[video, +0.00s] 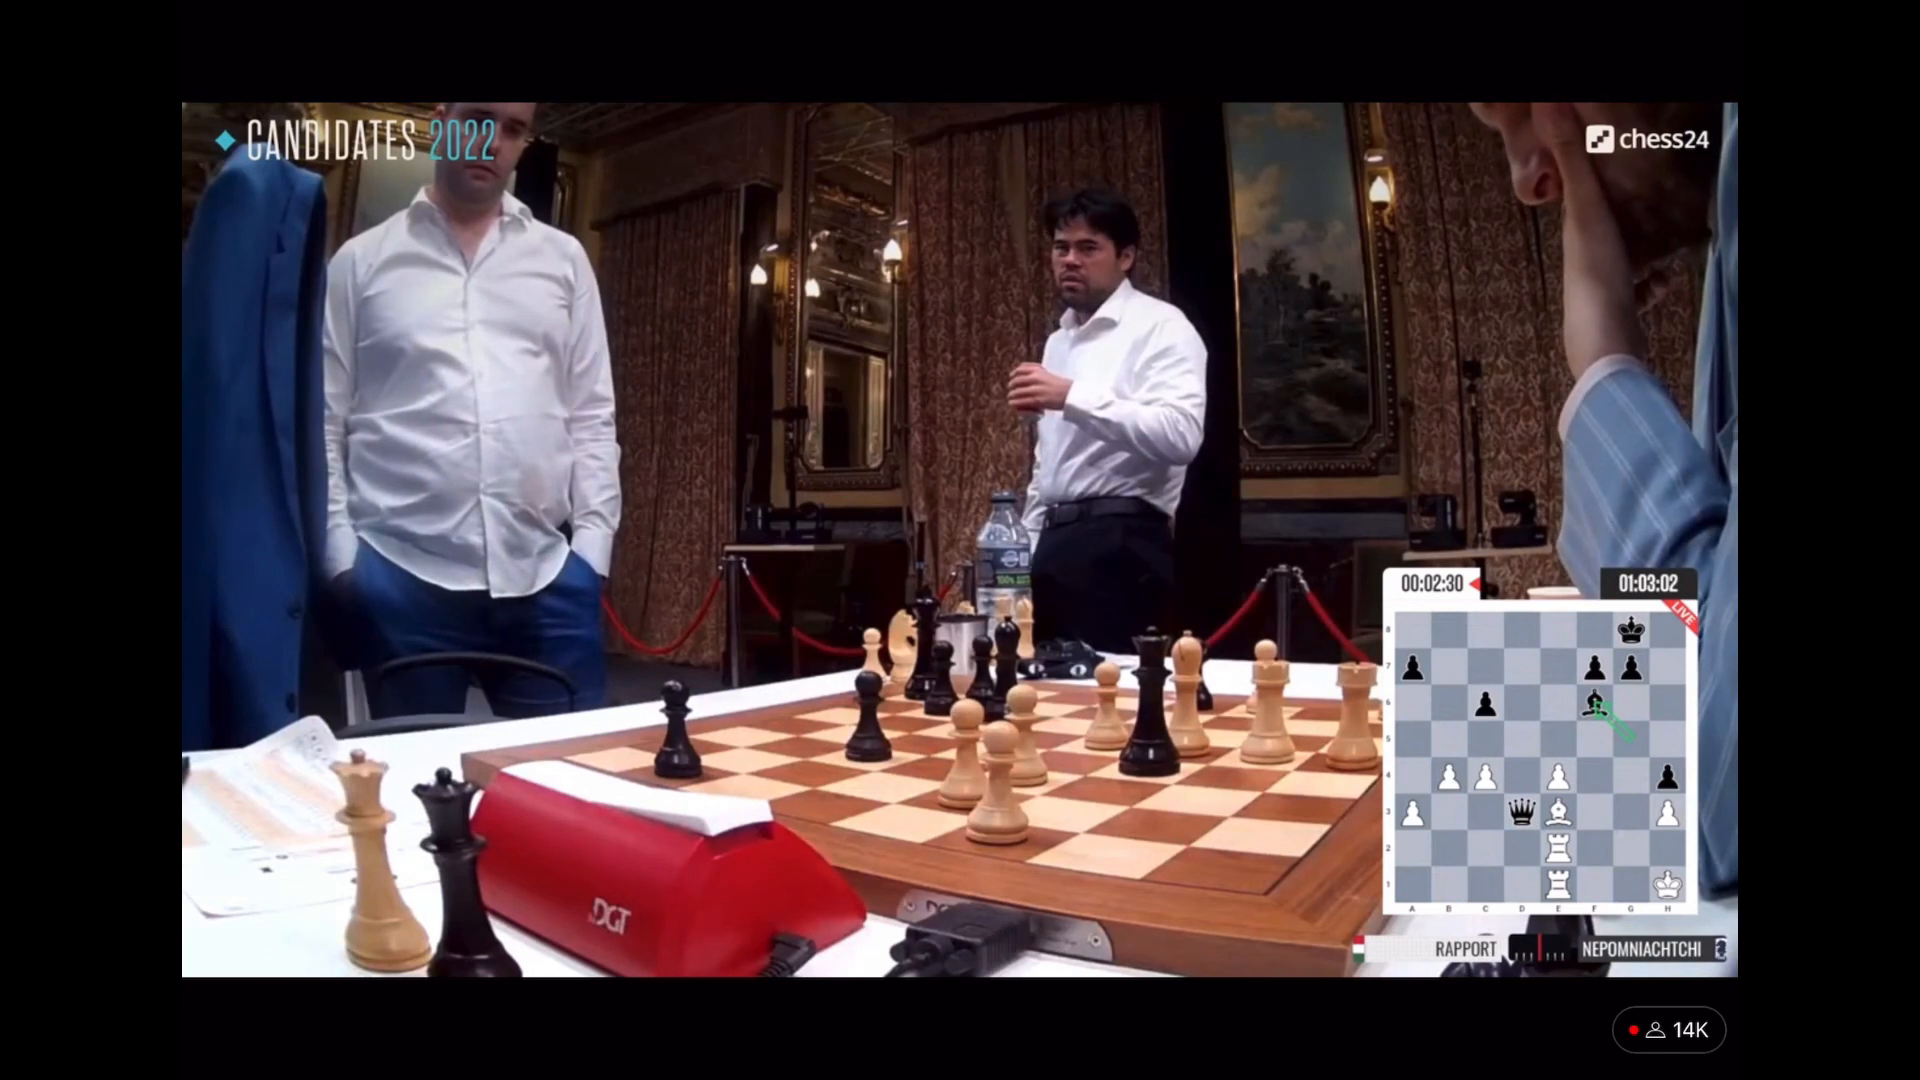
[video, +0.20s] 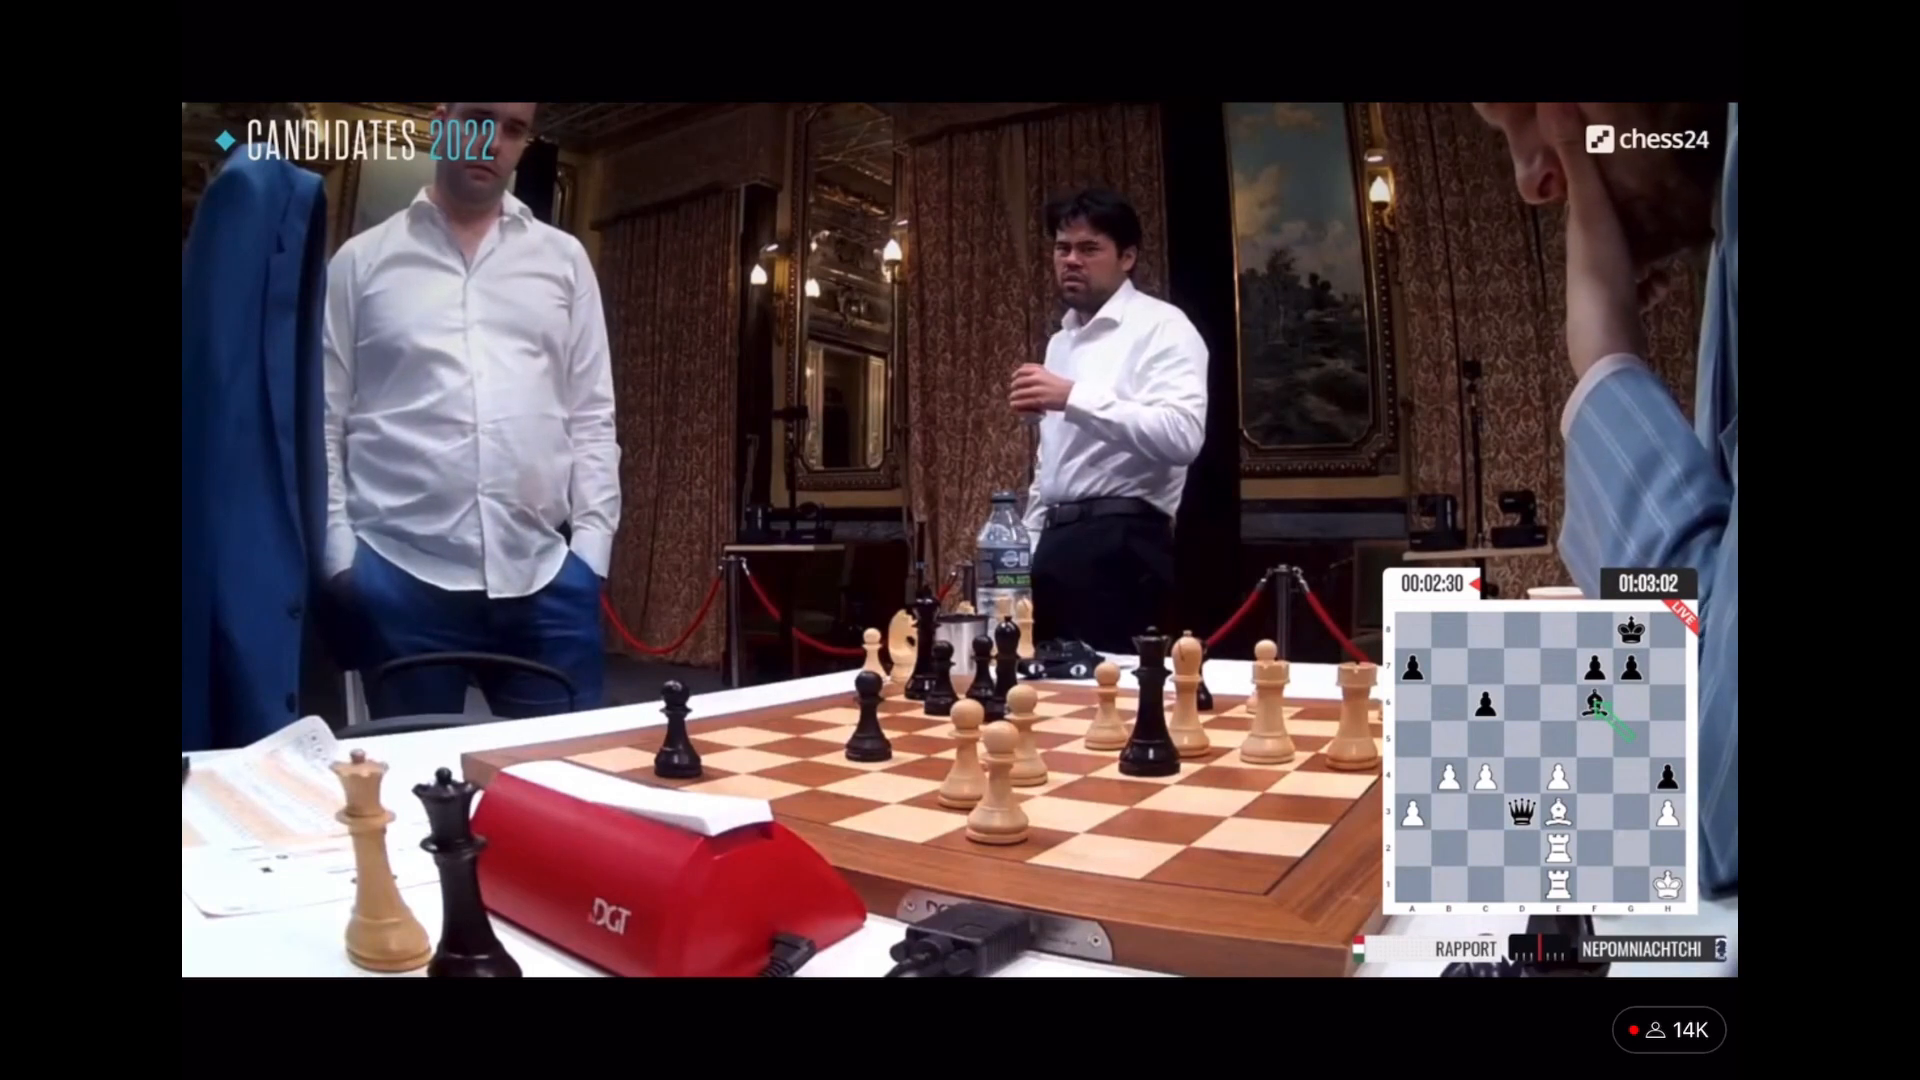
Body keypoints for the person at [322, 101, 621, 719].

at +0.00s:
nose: (489, 144)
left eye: (511, 130)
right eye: (475, 120)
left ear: (528, 144)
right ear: (439, 120)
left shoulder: (563, 259)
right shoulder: (360, 263)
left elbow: (592, 416)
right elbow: (325, 420)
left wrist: (590, 550)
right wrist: (343, 562)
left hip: (549, 584)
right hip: (403, 586)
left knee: (575, 787)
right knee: (417, 792)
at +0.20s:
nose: (489, 144)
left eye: (512, 130)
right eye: (476, 120)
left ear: (528, 144)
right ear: (440, 120)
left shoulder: (564, 259)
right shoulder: (360, 262)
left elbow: (592, 416)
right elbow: (325, 420)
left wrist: (589, 552)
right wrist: (341, 562)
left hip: (548, 584)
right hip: (401, 586)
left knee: (571, 789)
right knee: (416, 792)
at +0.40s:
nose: (490, 144)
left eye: (513, 130)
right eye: (477, 120)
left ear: (528, 144)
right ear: (440, 119)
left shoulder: (564, 259)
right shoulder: (360, 262)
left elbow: (593, 417)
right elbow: (324, 420)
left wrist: (589, 553)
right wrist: (341, 562)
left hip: (548, 585)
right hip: (401, 586)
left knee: (570, 790)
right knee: (415, 793)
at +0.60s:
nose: (490, 144)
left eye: (513, 130)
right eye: (477, 120)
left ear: (529, 144)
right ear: (441, 119)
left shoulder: (565, 258)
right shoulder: (361, 262)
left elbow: (594, 416)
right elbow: (325, 421)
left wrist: (590, 552)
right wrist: (342, 562)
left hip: (548, 584)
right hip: (402, 586)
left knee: (571, 789)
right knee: (415, 792)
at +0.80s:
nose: (491, 144)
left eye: (514, 130)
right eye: (478, 120)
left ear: (529, 144)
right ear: (441, 119)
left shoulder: (565, 259)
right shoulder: (362, 262)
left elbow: (594, 416)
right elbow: (325, 421)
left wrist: (590, 553)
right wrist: (342, 562)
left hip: (548, 585)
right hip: (402, 586)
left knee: (570, 789)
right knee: (415, 793)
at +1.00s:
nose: (492, 144)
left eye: (515, 130)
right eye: (479, 120)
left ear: (530, 145)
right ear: (442, 120)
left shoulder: (566, 259)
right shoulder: (362, 262)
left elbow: (594, 417)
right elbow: (325, 421)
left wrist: (589, 553)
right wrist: (342, 562)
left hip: (548, 584)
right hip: (402, 586)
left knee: (570, 789)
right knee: (414, 793)